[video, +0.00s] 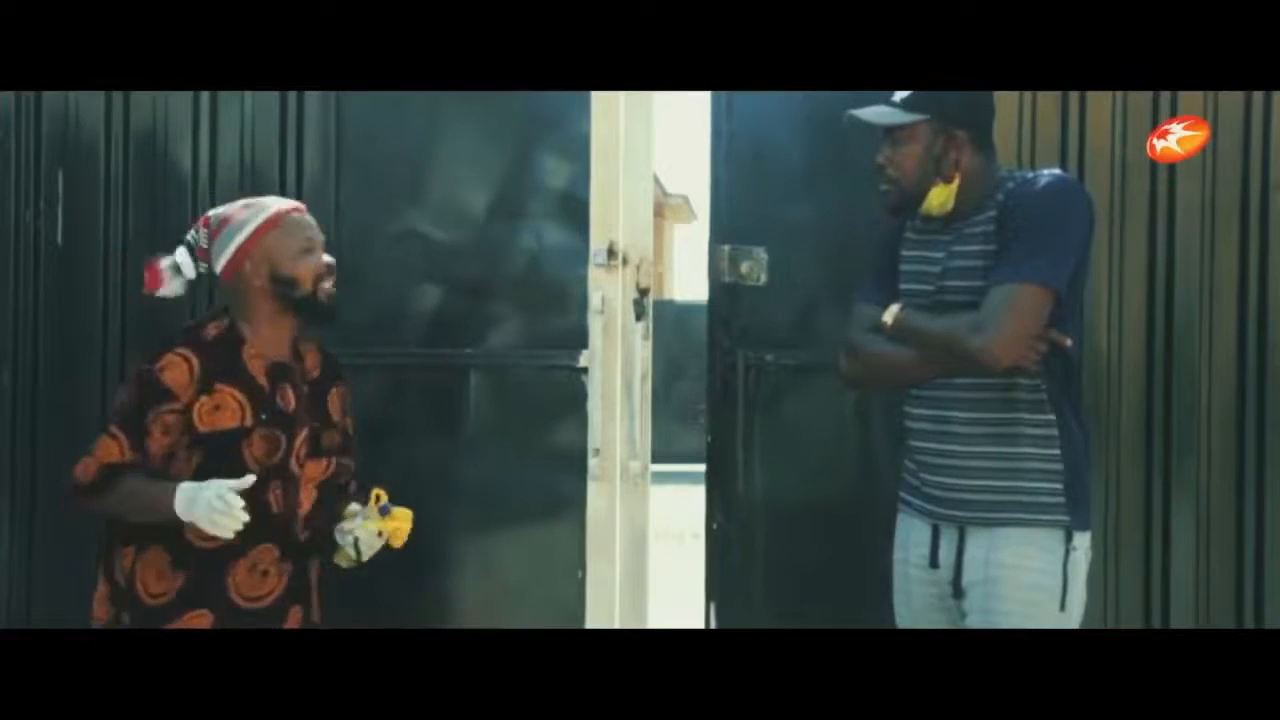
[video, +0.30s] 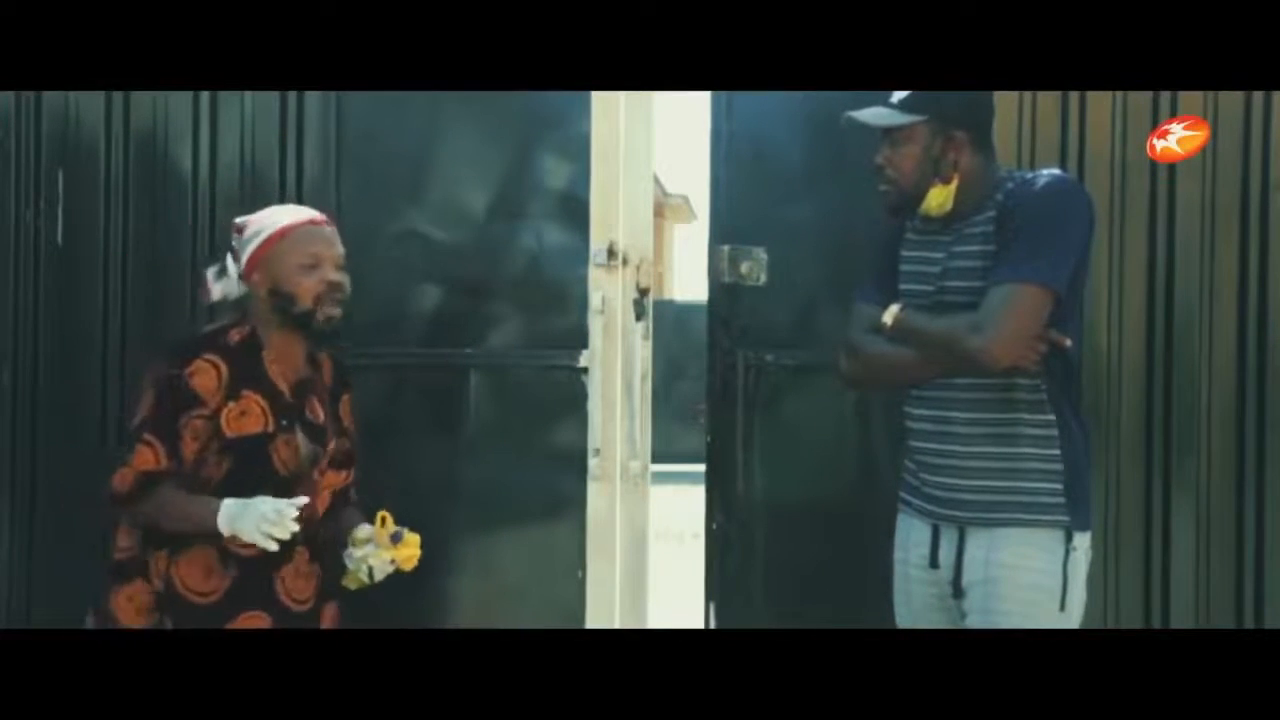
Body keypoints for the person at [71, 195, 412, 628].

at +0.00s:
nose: (329, 262)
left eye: (323, 249)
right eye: (308, 252)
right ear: (255, 272)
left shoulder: (324, 376)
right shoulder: (185, 369)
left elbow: (325, 496)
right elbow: (95, 482)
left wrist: (350, 528)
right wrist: (181, 500)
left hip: (286, 615)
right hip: (181, 616)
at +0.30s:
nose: (336, 281)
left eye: (340, 268)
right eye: (311, 267)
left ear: (348, 272)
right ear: (260, 279)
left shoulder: (329, 376)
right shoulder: (202, 372)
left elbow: (336, 497)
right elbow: (135, 491)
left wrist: (359, 539)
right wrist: (225, 515)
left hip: (305, 614)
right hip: (206, 615)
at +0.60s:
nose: (293, 286)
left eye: (308, 272)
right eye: (269, 272)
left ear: (323, 285)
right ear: (231, 287)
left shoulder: (336, 381)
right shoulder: (186, 373)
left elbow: (360, 499)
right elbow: (121, 461)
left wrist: (393, 565)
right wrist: (104, 497)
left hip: (299, 617)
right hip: (188, 617)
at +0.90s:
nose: (299, 296)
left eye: (314, 282)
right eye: (277, 282)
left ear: (332, 294)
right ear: (240, 297)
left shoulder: (345, 384)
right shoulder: (194, 386)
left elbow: (372, 503)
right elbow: (101, 481)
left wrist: (410, 586)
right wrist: (16, 515)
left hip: (303, 620)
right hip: (186, 618)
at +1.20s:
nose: (335, 290)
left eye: (347, 276)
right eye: (312, 277)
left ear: (364, 286)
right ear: (271, 293)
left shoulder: (364, 385)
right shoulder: (230, 377)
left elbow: (365, 501)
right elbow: (136, 464)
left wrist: (399, 582)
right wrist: (37, 482)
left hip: (322, 616)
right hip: (215, 614)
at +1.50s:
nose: (313, 241)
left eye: (319, 227)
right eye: (296, 229)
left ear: (332, 231)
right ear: (260, 245)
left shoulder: (343, 347)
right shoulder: (237, 324)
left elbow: (343, 469)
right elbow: (278, 311)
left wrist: (375, 546)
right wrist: (320, 273)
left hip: (315, 554)